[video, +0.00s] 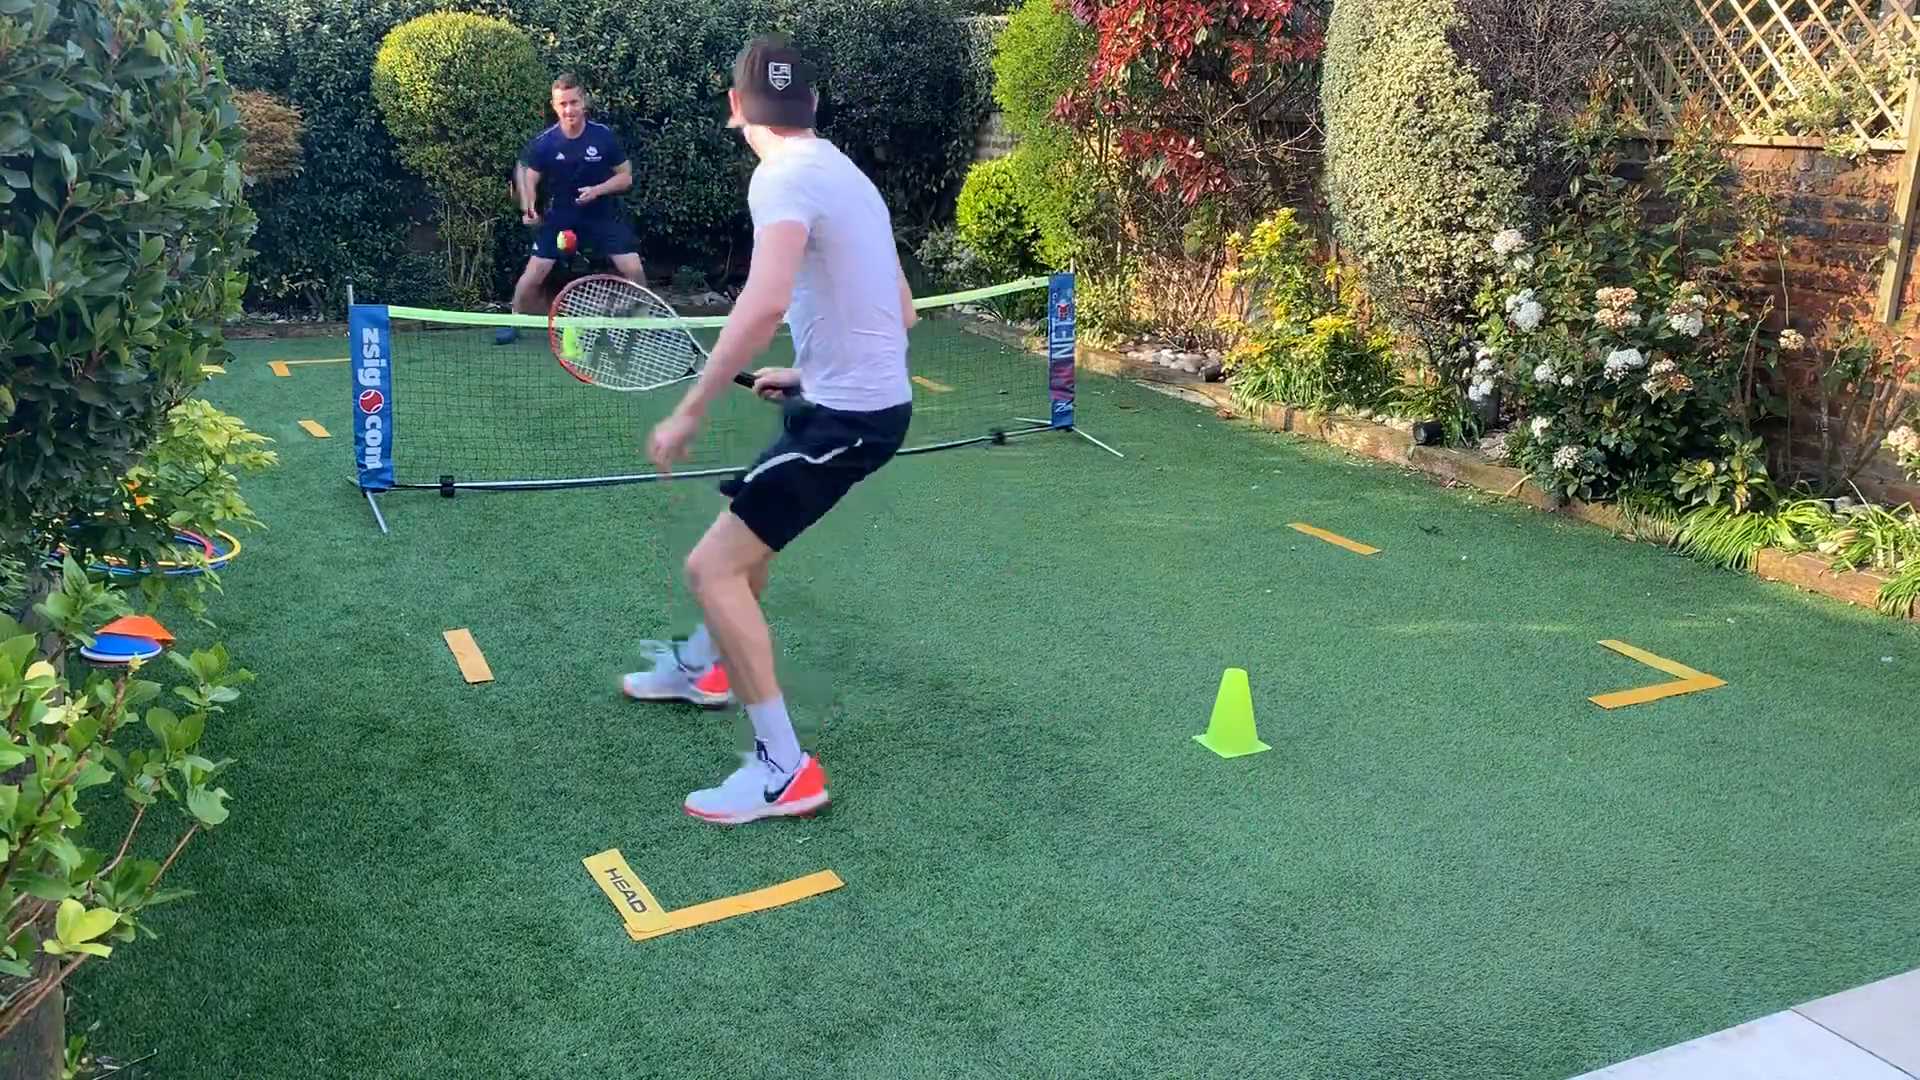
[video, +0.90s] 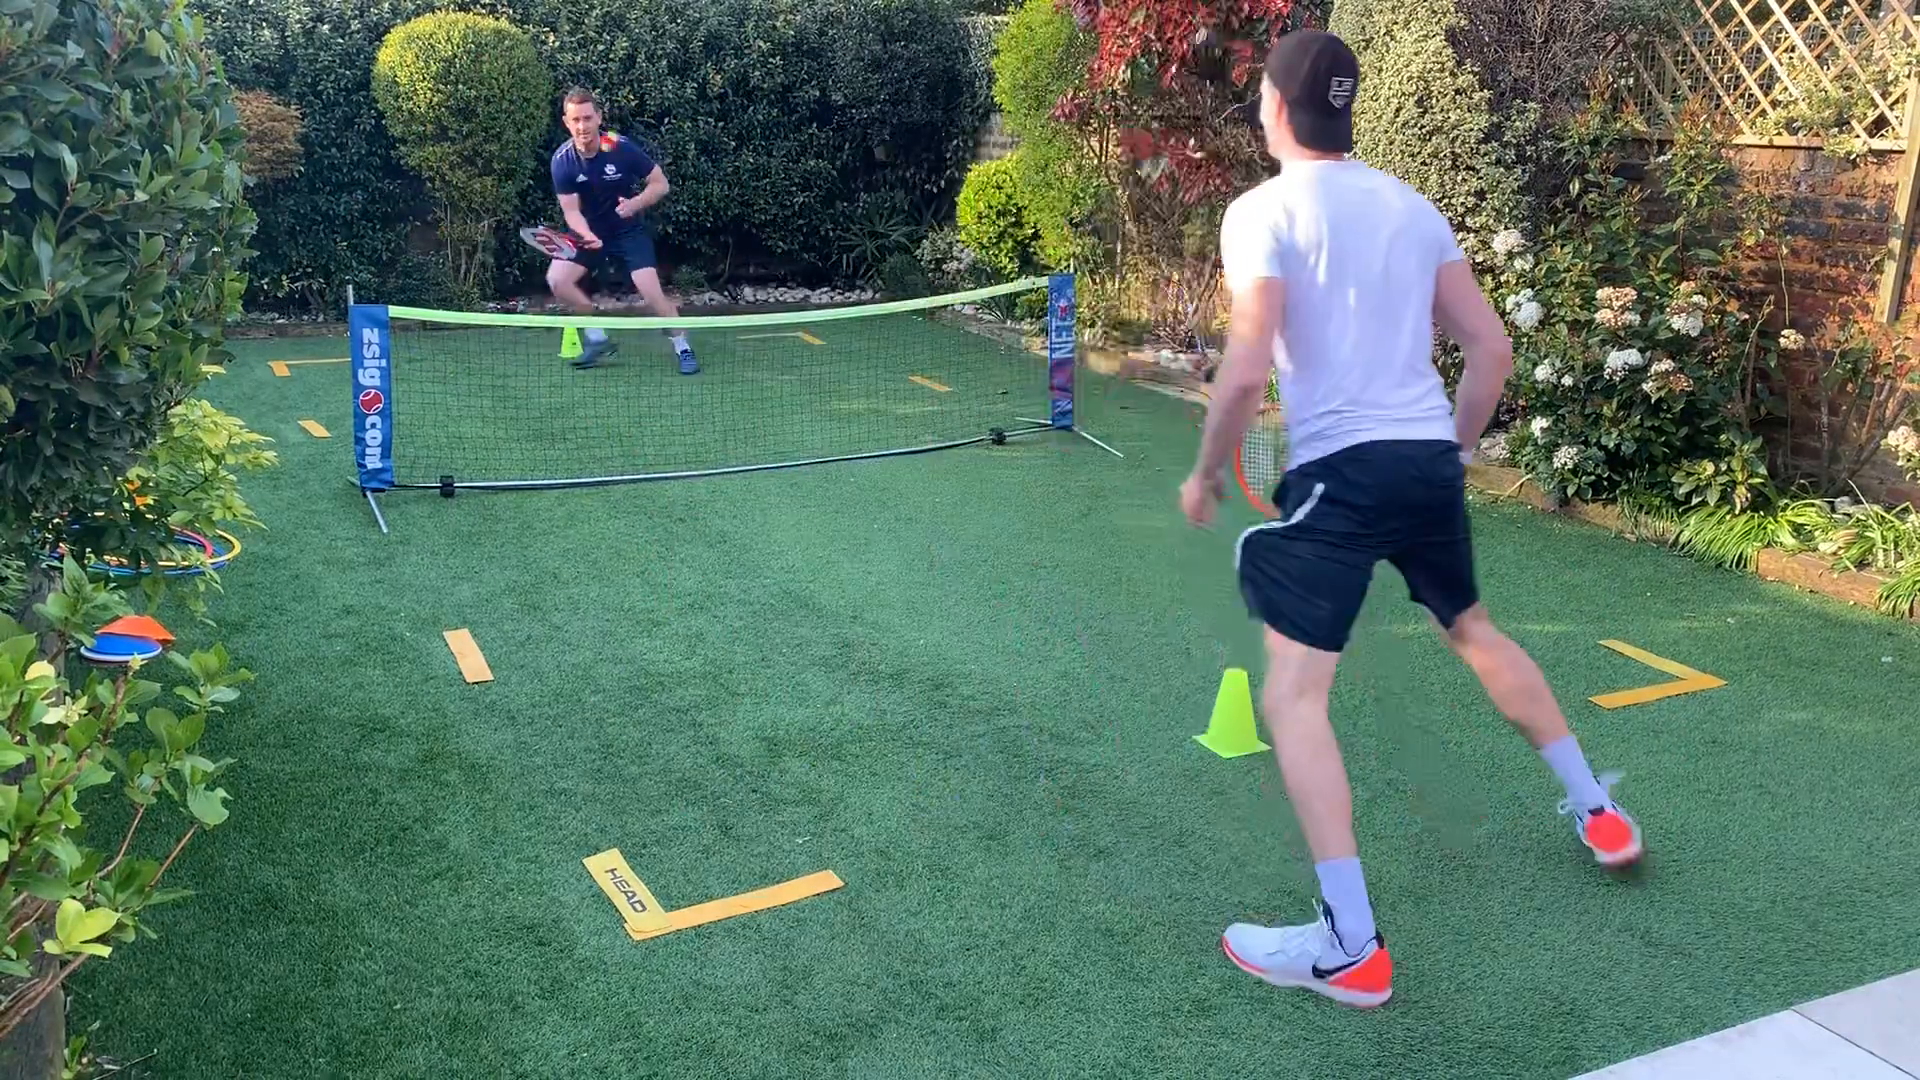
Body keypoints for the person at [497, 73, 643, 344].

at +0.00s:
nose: (569, 110)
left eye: (573, 103)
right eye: (562, 104)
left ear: (584, 103)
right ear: (554, 106)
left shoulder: (603, 136)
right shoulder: (544, 144)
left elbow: (626, 178)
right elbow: (530, 180)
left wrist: (596, 191)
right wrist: (529, 206)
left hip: (601, 215)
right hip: (560, 217)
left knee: (633, 269)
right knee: (534, 272)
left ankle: (642, 324)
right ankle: (512, 322)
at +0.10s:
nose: (578, 106)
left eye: (583, 99)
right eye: (572, 101)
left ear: (593, 98)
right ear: (565, 103)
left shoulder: (618, 132)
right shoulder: (559, 139)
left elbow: (646, 174)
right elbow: (541, 178)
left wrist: (609, 179)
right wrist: (526, 205)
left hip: (621, 217)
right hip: (581, 218)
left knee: (645, 280)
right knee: (560, 275)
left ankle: (650, 337)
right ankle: (534, 324)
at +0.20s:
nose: (581, 100)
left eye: (586, 92)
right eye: (574, 94)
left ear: (598, 90)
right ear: (567, 96)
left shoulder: (619, 123)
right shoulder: (566, 132)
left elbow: (653, 162)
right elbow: (549, 175)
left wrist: (613, 167)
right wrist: (528, 206)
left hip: (628, 209)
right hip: (591, 211)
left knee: (643, 274)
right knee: (581, 272)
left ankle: (646, 332)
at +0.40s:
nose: (579, 119)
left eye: (583, 111)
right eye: (573, 114)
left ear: (596, 108)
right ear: (567, 116)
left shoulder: (623, 134)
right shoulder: (571, 150)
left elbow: (663, 163)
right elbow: (564, 200)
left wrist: (630, 186)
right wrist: (552, 239)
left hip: (646, 210)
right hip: (613, 215)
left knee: (653, 269)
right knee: (622, 280)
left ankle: (678, 314)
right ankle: (642, 323)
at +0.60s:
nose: (589, 139)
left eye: (594, 132)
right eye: (583, 134)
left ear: (607, 127)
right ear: (577, 134)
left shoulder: (637, 149)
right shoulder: (582, 172)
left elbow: (671, 173)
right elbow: (593, 221)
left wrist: (652, 201)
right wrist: (595, 260)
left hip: (652, 219)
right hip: (618, 227)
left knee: (661, 278)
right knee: (626, 296)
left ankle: (681, 344)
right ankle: (645, 322)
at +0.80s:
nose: (593, 128)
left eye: (598, 120)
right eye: (586, 122)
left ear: (611, 119)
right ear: (579, 125)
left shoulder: (635, 145)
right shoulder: (576, 162)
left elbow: (671, 179)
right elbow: (587, 209)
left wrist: (654, 203)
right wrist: (606, 240)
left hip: (639, 224)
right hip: (601, 230)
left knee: (655, 283)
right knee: (595, 294)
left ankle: (682, 346)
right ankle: (639, 309)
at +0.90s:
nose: (582, 126)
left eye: (587, 118)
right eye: (575, 120)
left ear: (599, 118)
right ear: (566, 123)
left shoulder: (622, 148)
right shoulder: (562, 162)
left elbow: (660, 184)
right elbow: (571, 210)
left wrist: (636, 203)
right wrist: (587, 235)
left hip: (628, 229)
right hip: (588, 233)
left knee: (650, 292)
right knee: (558, 279)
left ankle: (683, 346)